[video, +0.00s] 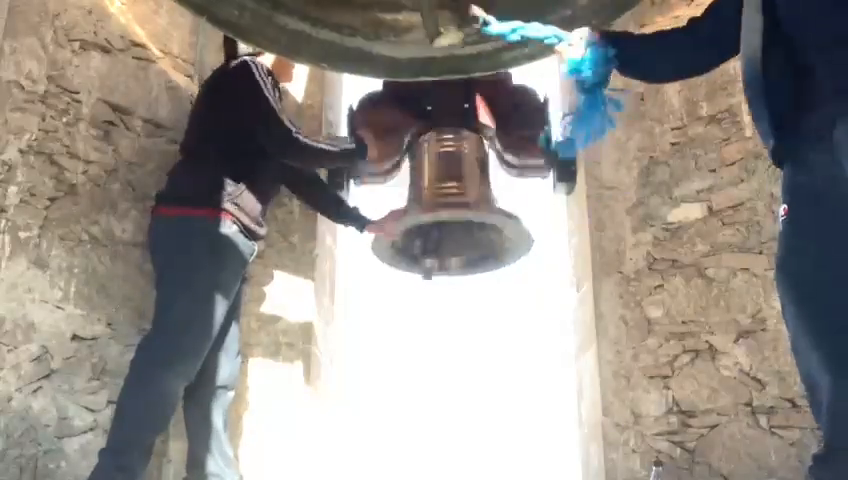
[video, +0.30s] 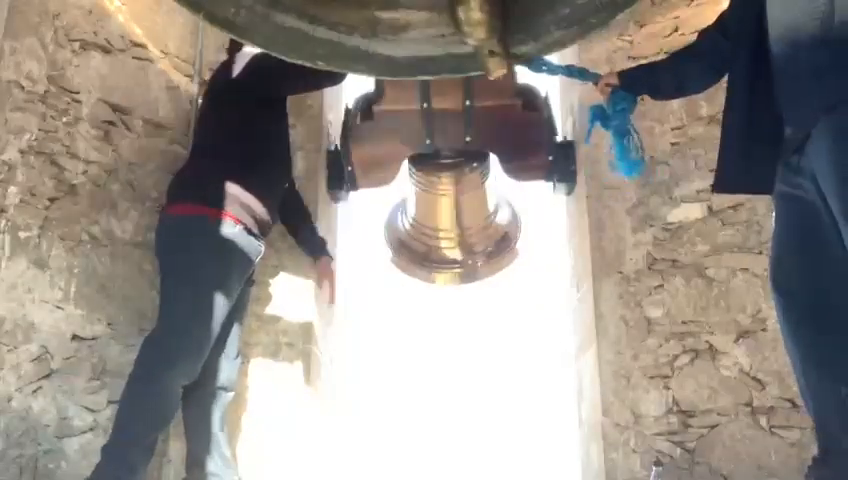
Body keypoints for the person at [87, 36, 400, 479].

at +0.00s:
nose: (303, 64)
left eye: (305, 55)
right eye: (299, 52)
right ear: (276, 46)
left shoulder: (269, 109)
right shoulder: (247, 71)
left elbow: (304, 181)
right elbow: (287, 146)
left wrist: (366, 223)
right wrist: (362, 148)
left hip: (229, 241)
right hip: (202, 229)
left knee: (217, 379)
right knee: (171, 361)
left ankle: (215, 472)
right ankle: (118, 470)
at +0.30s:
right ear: (266, 37)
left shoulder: (266, 95)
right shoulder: (249, 68)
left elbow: (279, 183)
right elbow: (329, 71)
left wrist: (318, 251)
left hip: (239, 243)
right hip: (208, 229)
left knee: (216, 382)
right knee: (176, 360)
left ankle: (213, 471)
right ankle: (118, 471)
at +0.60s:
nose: (318, 84)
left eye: (320, 74)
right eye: (316, 71)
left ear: (290, 65)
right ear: (297, 63)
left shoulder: (274, 99)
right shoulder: (267, 81)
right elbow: (292, 154)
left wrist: (279, 234)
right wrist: (361, 199)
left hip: (239, 240)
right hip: (216, 228)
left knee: (223, 378)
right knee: (184, 357)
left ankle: (217, 471)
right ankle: (119, 471)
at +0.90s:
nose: (308, 76)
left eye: (309, 69)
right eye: (306, 66)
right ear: (290, 59)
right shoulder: (262, 75)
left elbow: (271, 192)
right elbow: (309, 148)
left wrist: (320, 164)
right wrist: (366, 219)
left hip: (243, 239)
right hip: (214, 225)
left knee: (218, 379)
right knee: (181, 358)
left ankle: (215, 472)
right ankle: (117, 470)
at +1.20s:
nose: (309, 55)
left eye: (312, 47)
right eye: (307, 44)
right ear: (286, 35)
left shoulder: (271, 84)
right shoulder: (256, 67)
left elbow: (312, 149)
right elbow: (283, 145)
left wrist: (354, 93)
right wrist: (338, 194)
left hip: (250, 235)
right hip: (220, 224)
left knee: (222, 378)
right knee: (187, 359)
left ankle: (215, 472)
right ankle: (117, 470)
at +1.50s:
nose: (303, 61)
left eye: (304, 57)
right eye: (297, 53)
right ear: (275, 43)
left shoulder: (273, 119)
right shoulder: (255, 67)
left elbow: (307, 188)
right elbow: (324, 111)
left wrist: (373, 206)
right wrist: (372, 84)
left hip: (250, 241)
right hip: (216, 218)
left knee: (225, 380)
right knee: (186, 352)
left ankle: (216, 474)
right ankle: (117, 470)